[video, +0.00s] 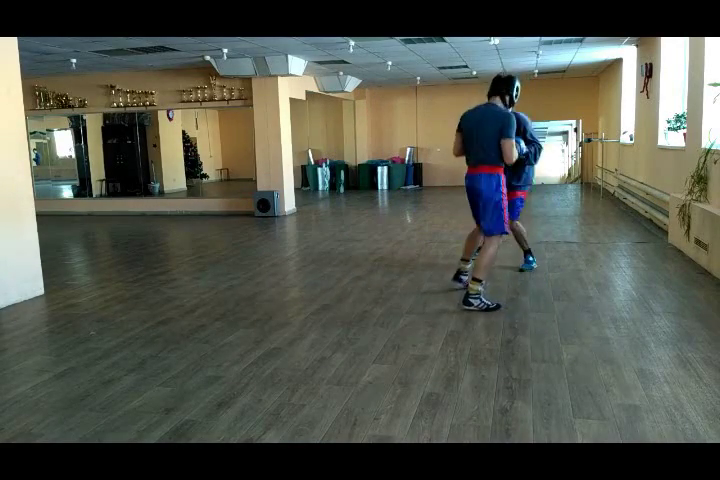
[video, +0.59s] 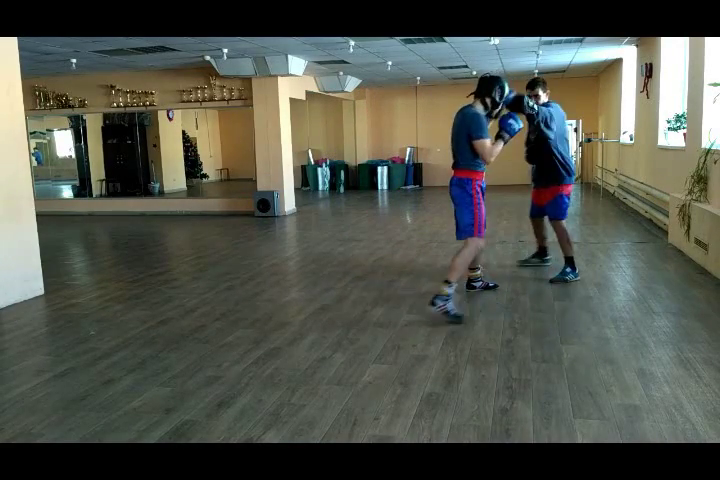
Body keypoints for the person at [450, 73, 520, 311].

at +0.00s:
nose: (515, 101)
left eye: (515, 96)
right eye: (515, 96)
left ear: (491, 92)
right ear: (510, 95)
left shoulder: (469, 114)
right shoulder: (506, 117)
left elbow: (457, 150)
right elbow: (509, 158)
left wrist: (481, 142)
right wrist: (517, 148)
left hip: (472, 178)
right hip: (492, 179)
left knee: (480, 227)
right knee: (494, 237)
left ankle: (462, 271)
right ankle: (474, 293)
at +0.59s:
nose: (501, 104)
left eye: (502, 100)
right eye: (501, 99)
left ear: (480, 93)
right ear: (492, 96)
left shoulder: (468, 114)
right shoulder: (474, 116)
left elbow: (484, 151)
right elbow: (488, 155)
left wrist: (500, 130)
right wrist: (504, 134)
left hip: (469, 180)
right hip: (468, 182)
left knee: (477, 236)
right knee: (475, 241)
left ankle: (475, 279)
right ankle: (444, 295)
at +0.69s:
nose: (497, 105)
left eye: (498, 100)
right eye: (497, 100)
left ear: (477, 94)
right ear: (489, 98)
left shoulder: (467, 119)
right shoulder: (467, 122)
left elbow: (473, 155)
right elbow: (479, 162)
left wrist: (488, 132)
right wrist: (496, 142)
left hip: (471, 187)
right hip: (464, 189)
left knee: (476, 235)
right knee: (464, 246)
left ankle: (476, 278)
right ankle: (433, 304)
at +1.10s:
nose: (495, 101)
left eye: (496, 97)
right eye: (495, 96)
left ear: (474, 90)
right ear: (486, 94)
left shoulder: (467, 115)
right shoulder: (463, 116)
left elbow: (472, 153)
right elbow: (473, 157)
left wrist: (486, 135)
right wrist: (490, 138)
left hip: (464, 184)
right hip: (456, 186)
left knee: (470, 235)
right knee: (454, 245)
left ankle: (470, 279)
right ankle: (431, 305)